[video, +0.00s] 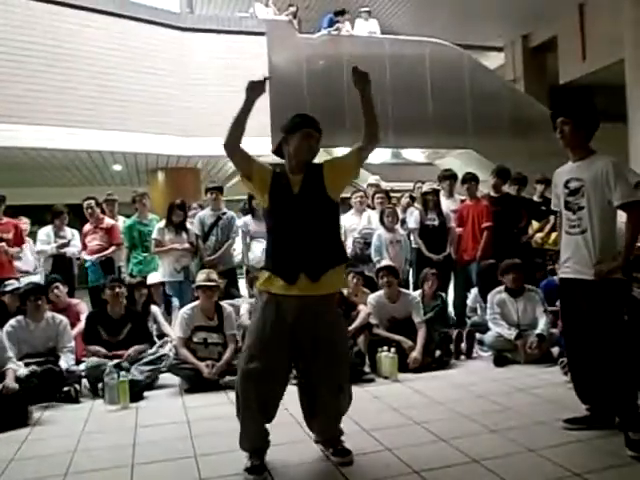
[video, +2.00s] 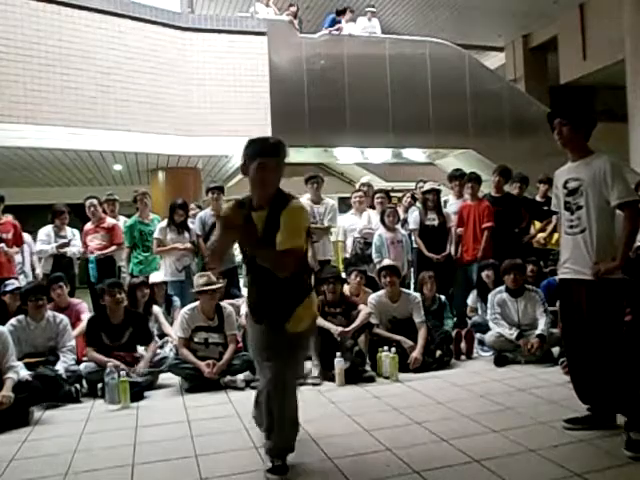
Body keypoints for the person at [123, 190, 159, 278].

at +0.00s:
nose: (144, 203)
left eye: (145, 199)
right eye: (140, 200)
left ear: (149, 202)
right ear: (135, 205)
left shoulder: (156, 220)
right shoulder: (129, 224)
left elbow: (160, 243)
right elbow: (127, 247)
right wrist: (124, 268)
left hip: (154, 266)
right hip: (136, 267)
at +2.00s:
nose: (144, 203)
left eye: (146, 199)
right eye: (140, 200)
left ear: (150, 202)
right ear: (136, 204)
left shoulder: (157, 220)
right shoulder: (130, 224)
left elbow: (160, 243)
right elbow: (127, 247)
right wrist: (125, 269)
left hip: (155, 266)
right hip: (138, 267)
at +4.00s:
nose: (147, 204)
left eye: (149, 201)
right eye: (143, 202)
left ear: (153, 204)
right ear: (139, 206)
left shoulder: (160, 222)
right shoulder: (133, 227)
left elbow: (165, 245)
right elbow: (130, 249)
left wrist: (168, 267)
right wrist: (129, 271)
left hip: (159, 268)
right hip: (141, 269)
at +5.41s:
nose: (147, 204)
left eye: (149, 201)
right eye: (144, 202)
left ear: (154, 203)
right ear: (139, 206)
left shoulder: (160, 222)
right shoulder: (134, 226)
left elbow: (165, 244)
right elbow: (131, 249)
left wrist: (168, 266)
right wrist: (129, 270)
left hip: (159, 268)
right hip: (141, 269)